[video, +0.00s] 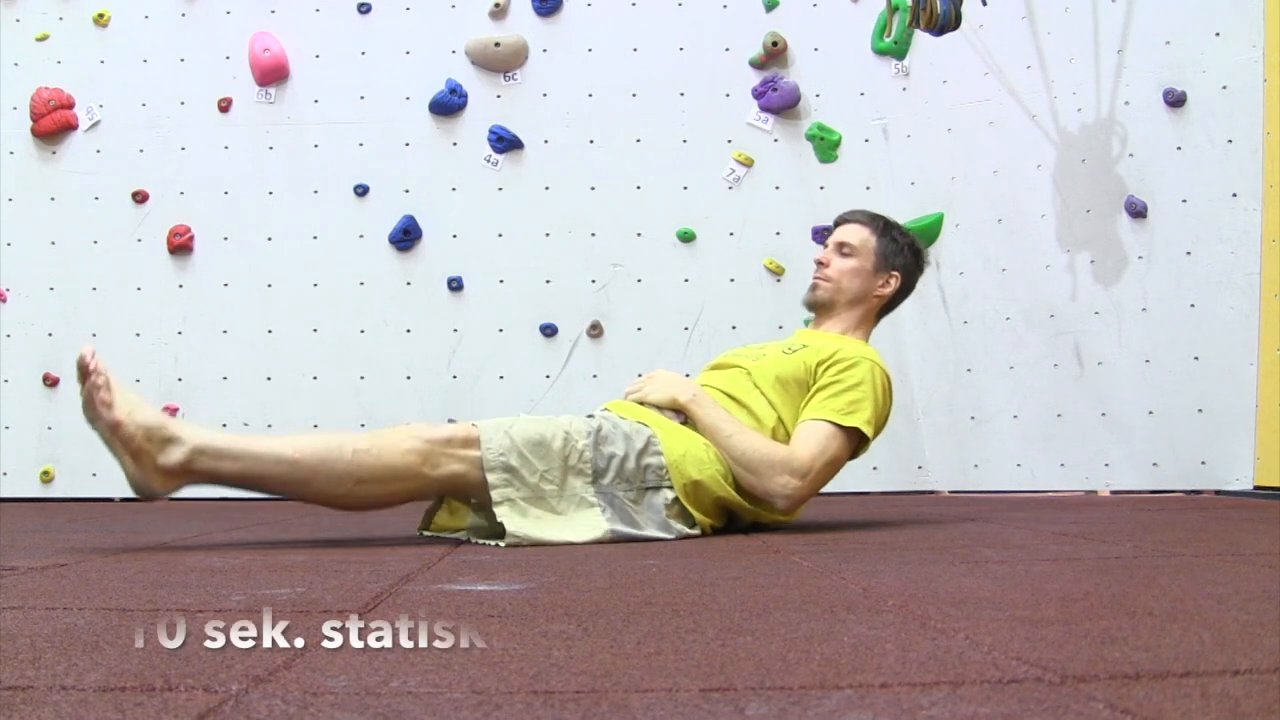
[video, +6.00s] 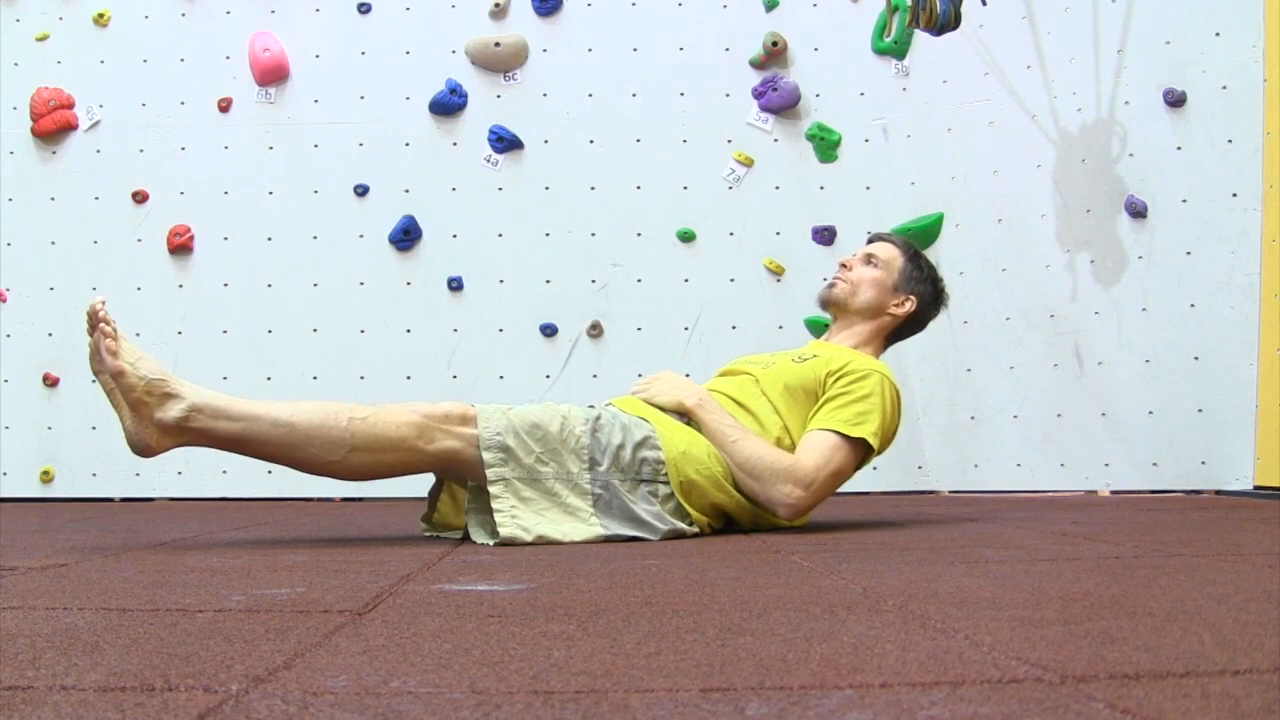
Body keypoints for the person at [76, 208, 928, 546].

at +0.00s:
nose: (821, 257)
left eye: (843, 251)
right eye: (826, 246)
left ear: (883, 286)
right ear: (835, 273)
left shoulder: (855, 365)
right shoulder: (798, 352)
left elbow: (788, 486)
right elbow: (752, 459)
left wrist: (692, 396)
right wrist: (674, 403)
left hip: (664, 464)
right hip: (641, 450)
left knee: (445, 449)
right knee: (431, 450)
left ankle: (178, 453)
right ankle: (176, 452)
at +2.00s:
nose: (819, 246)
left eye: (840, 240)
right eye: (824, 237)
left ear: (884, 277)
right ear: (838, 270)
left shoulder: (855, 362)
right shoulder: (793, 350)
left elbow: (788, 486)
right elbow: (739, 451)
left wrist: (692, 398)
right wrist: (671, 399)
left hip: (662, 460)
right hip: (641, 444)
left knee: (445, 421)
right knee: (434, 422)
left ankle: (180, 387)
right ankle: (179, 390)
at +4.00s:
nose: (838, 250)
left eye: (862, 249)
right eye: (847, 242)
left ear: (892, 294)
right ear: (851, 278)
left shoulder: (860, 371)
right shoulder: (800, 356)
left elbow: (791, 489)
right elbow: (751, 466)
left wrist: (697, 400)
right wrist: (674, 405)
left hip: (658, 460)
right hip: (639, 447)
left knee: (435, 427)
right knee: (422, 432)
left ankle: (176, 403)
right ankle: (177, 404)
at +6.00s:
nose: (848, 260)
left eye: (873, 259)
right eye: (857, 250)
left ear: (900, 306)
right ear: (863, 290)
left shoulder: (866, 380)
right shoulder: (809, 363)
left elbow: (792, 494)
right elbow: (758, 476)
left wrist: (699, 402)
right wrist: (678, 409)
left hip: (656, 460)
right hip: (640, 447)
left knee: (441, 431)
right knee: (429, 430)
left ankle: (175, 412)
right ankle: (177, 413)